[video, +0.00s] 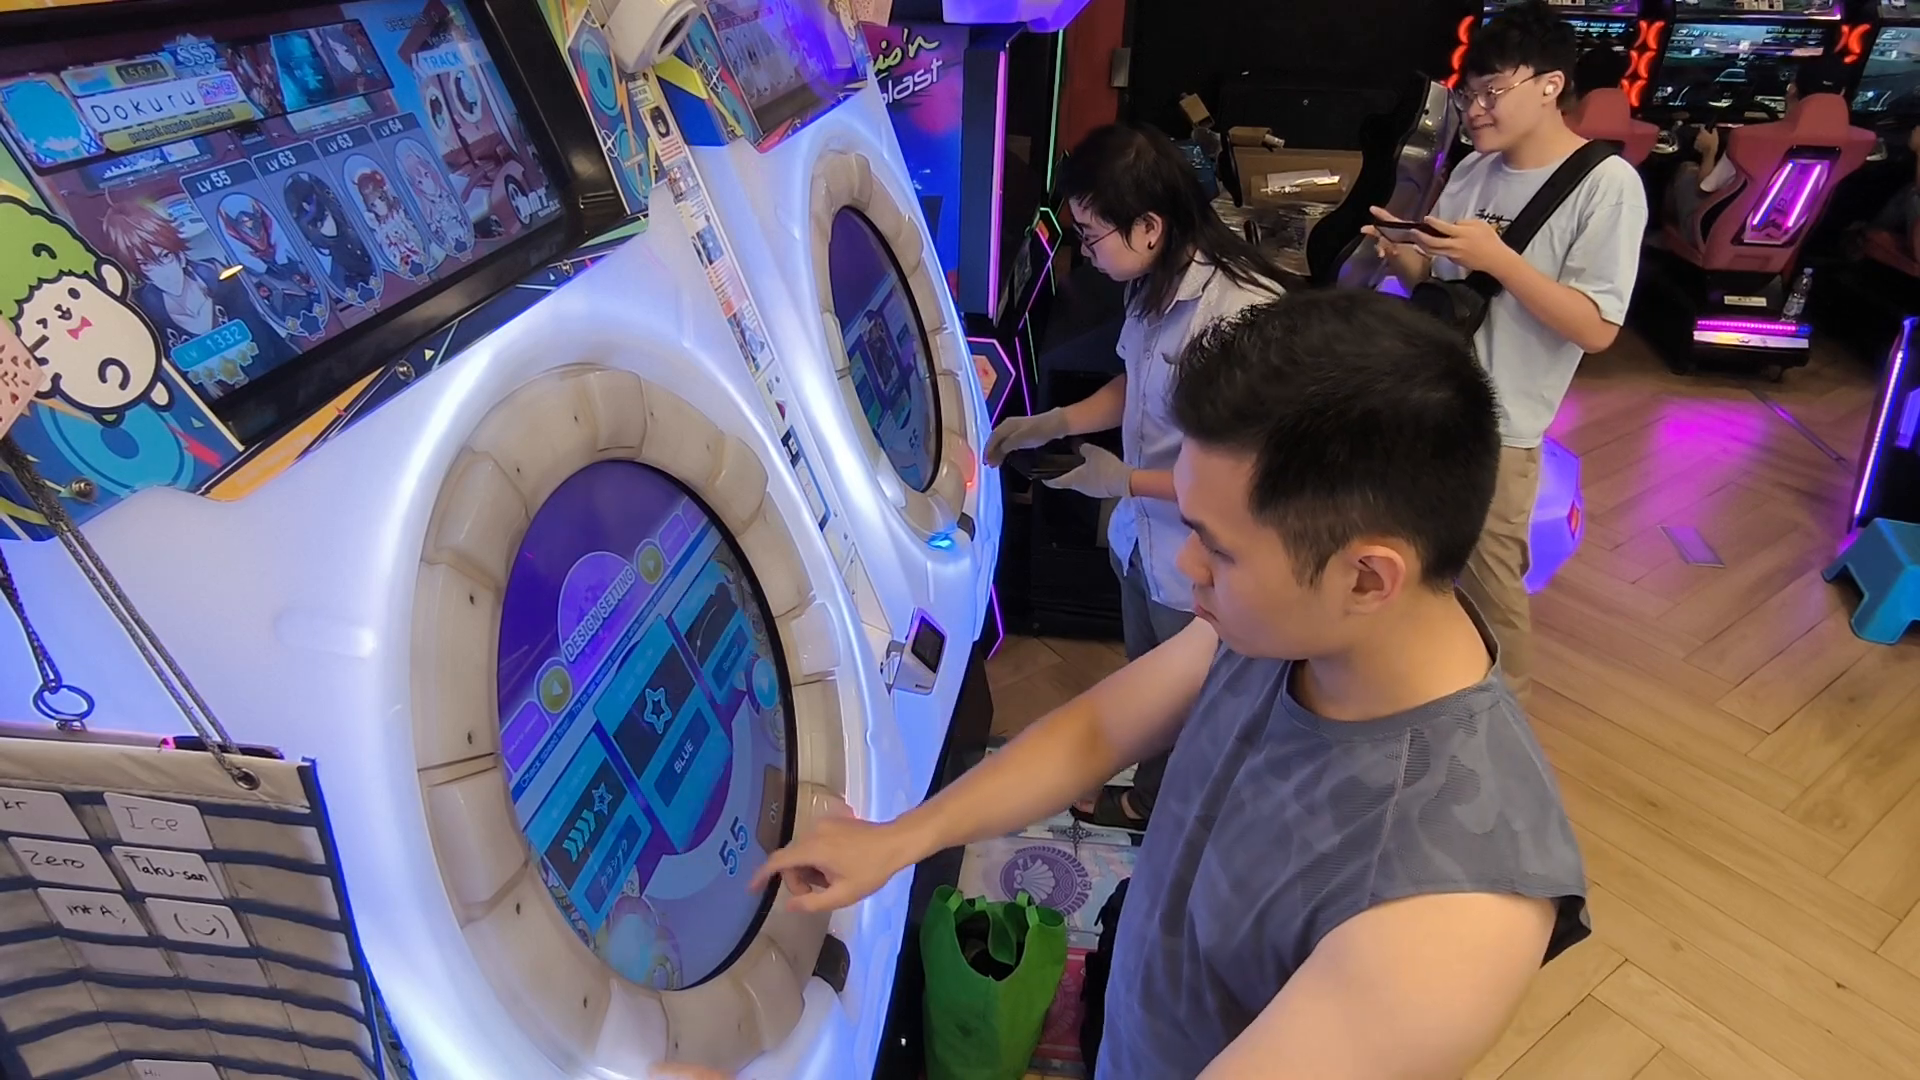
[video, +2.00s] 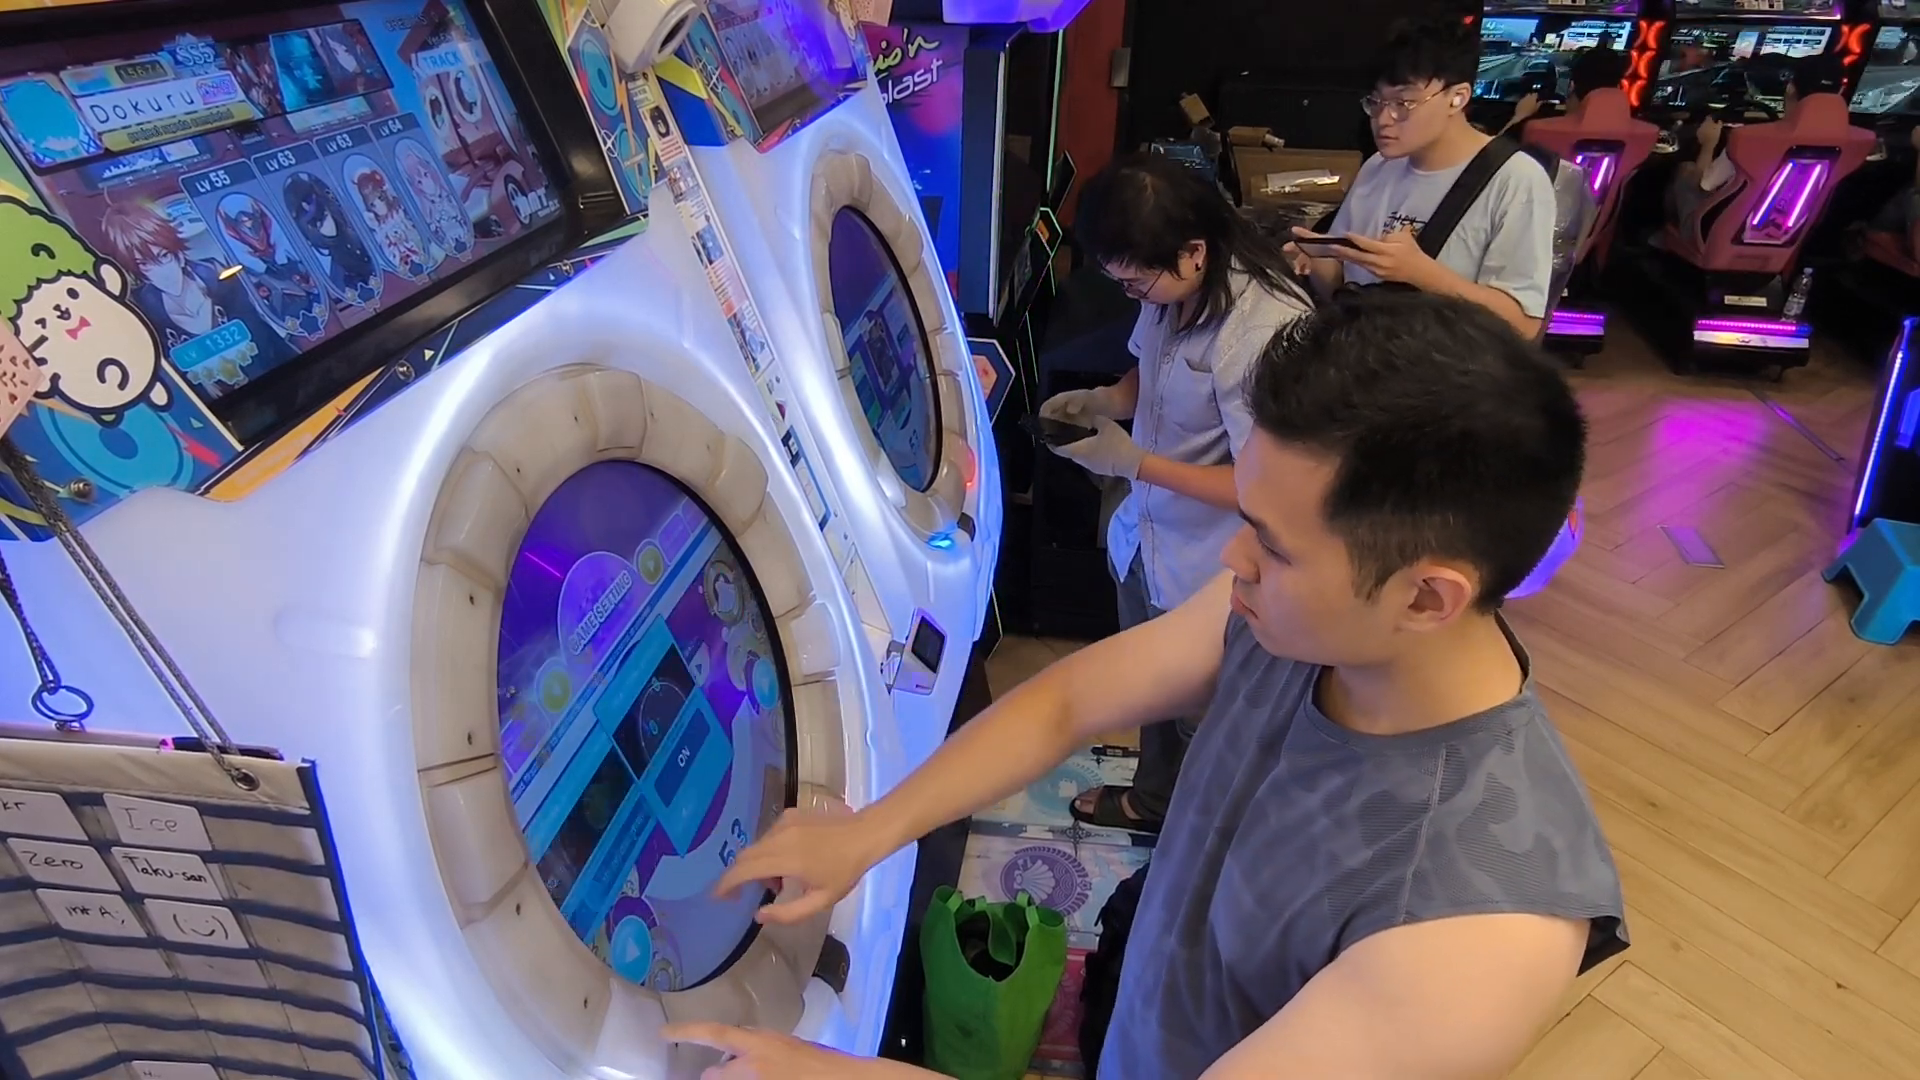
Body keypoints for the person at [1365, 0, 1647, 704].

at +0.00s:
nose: (1477, 110)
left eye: (1493, 92)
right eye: (1471, 96)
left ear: (1550, 87)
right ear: (1464, 100)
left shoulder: (1609, 183)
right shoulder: (1473, 170)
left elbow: (1597, 327)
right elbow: (1423, 269)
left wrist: (1495, 258)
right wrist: (1401, 252)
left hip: (1502, 435)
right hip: (1418, 411)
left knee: (1490, 597)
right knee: (1398, 579)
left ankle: (1498, 724)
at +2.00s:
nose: (1383, 119)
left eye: (1403, 102)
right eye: (1376, 102)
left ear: (1458, 98)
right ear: (1368, 98)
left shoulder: (1519, 181)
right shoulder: (1377, 169)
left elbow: (1522, 324)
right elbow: (1338, 283)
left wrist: (1419, 270)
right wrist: (1315, 259)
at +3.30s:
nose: (1433, 149)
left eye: (1446, 132)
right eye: (1427, 133)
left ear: (1506, 110)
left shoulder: (1572, 192)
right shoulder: (1450, 171)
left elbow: (1559, 344)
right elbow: (1410, 286)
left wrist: (1449, 277)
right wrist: (1376, 262)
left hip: (1470, 448)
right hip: (1396, 418)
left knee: (1438, 613)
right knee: (1364, 599)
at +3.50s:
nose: (1427, 152)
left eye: (1438, 135)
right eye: (1422, 136)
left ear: (1497, 112)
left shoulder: (1568, 190)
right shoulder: (1448, 171)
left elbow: (1555, 343)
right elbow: (1406, 285)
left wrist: (1443, 275)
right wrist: (1373, 260)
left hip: (1471, 445)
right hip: (1393, 416)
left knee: (1443, 601)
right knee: (1367, 592)